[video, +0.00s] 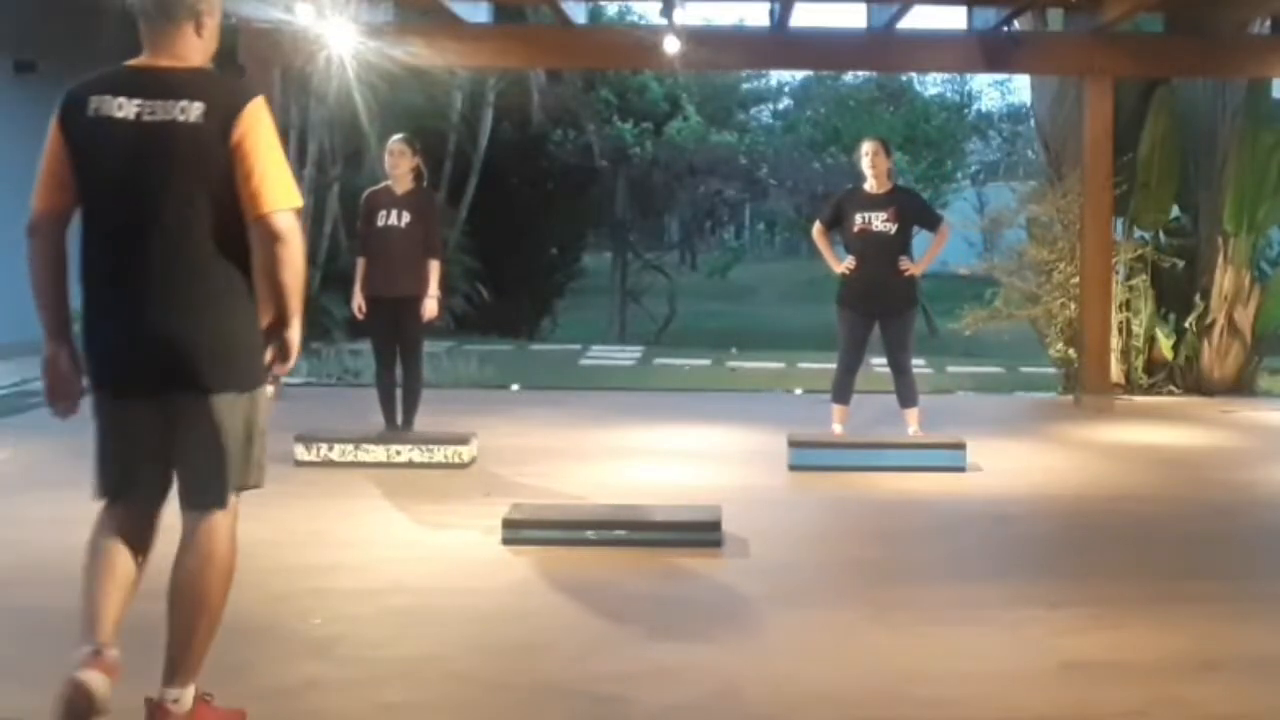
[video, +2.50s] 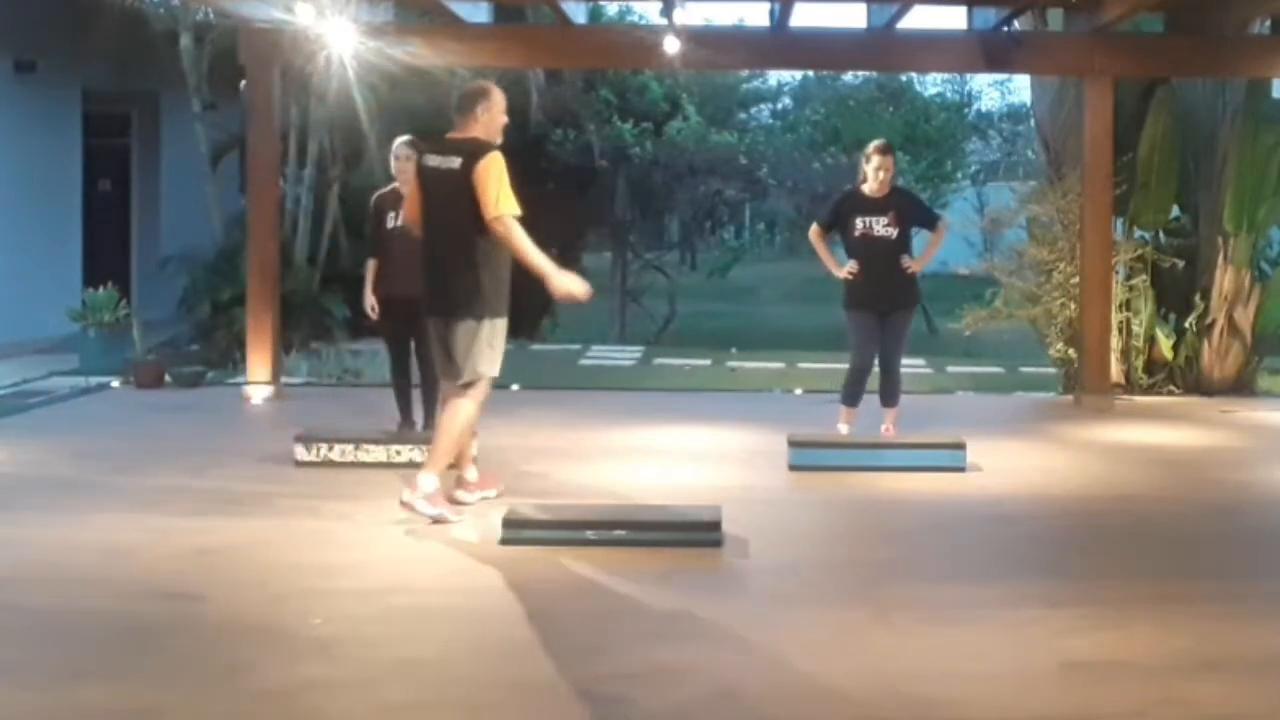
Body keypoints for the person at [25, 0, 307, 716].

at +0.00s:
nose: (218, 35)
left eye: (215, 24)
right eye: (217, 23)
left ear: (142, 24)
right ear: (203, 23)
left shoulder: (81, 102)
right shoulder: (235, 99)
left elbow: (45, 223)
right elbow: (280, 223)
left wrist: (56, 337)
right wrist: (291, 319)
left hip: (119, 343)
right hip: (214, 343)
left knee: (126, 501)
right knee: (212, 510)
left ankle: (97, 653)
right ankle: (179, 696)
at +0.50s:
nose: (271, 55)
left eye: (266, 45)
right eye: (268, 46)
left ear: (204, 48)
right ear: (257, 47)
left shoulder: (156, 114)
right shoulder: (283, 118)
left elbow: (122, 221)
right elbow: (317, 219)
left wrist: (127, 315)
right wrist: (360, 313)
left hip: (180, 326)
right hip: (266, 328)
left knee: (196, 467)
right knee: (292, 453)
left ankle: (212, 632)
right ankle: (246, 581)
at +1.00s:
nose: (335, 86)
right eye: (331, 77)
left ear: (275, 82)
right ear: (321, 82)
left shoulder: (237, 141)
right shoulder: (345, 145)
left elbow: (202, 215)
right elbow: (372, 236)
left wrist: (205, 273)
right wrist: (418, 317)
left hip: (254, 318)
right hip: (326, 322)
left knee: (255, 433)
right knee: (324, 436)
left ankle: (231, 530)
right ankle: (291, 571)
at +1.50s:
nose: (367, 95)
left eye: (356, 85)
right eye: (366, 86)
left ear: (318, 90)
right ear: (362, 91)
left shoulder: (284, 142)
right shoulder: (383, 145)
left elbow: (255, 222)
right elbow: (430, 207)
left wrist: (229, 294)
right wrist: (506, 224)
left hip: (298, 305)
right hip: (363, 308)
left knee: (305, 420)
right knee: (369, 413)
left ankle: (319, 549)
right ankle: (321, 506)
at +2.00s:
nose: (447, 118)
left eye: (444, 110)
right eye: (446, 110)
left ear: (400, 111)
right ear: (437, 111)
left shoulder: (367, 161)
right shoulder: (449, 164)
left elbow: (334, 212)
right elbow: (472, 229)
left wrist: (327, 246)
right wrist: (520, 288)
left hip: (375, 304)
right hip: (433, 307)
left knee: (367, 395)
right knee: (439, 398)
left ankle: (333, 484)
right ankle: (421, 498)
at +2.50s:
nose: (506, 120)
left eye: (505, 112)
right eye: (502, 112)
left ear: (464, 113)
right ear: (483, 113)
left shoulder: (428, 154)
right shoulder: (487, 158)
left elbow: (411, 219)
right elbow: (502, 222)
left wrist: (449, 236)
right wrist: (553, 274)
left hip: (438, 290)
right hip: (479, 296)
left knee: (454, 385)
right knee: (474, 387)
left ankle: (464, 475)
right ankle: (426, 484)